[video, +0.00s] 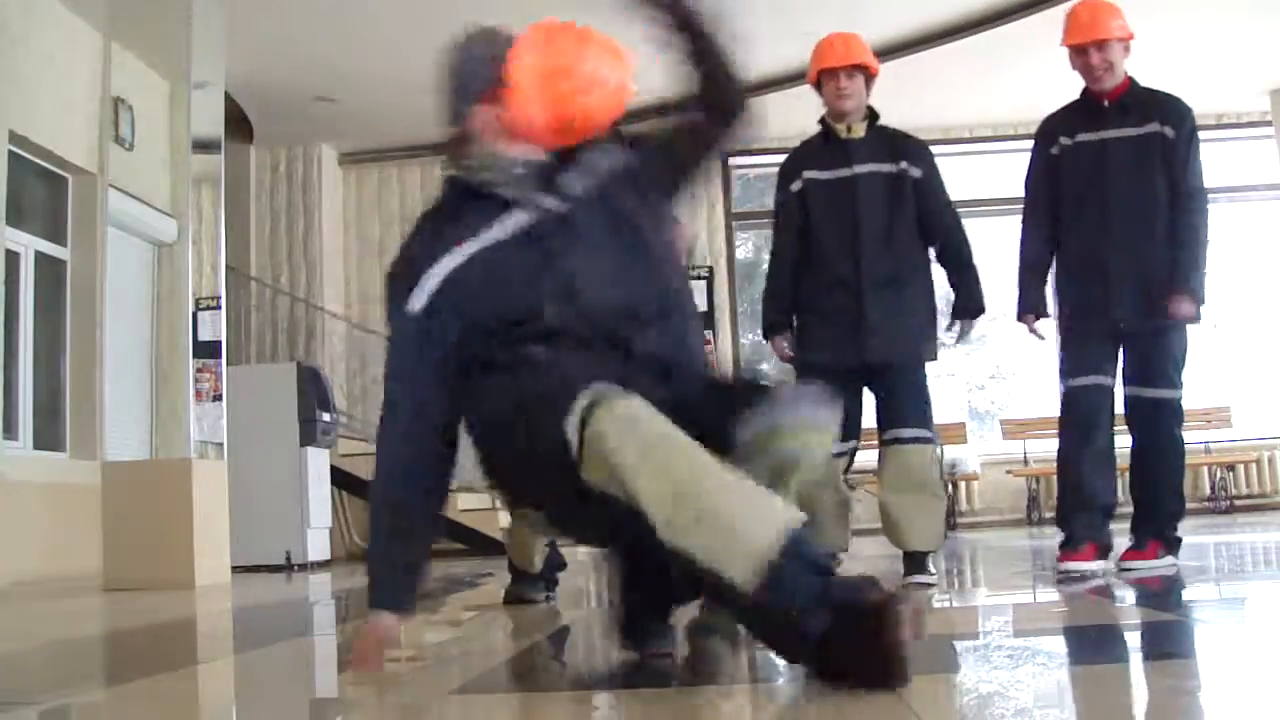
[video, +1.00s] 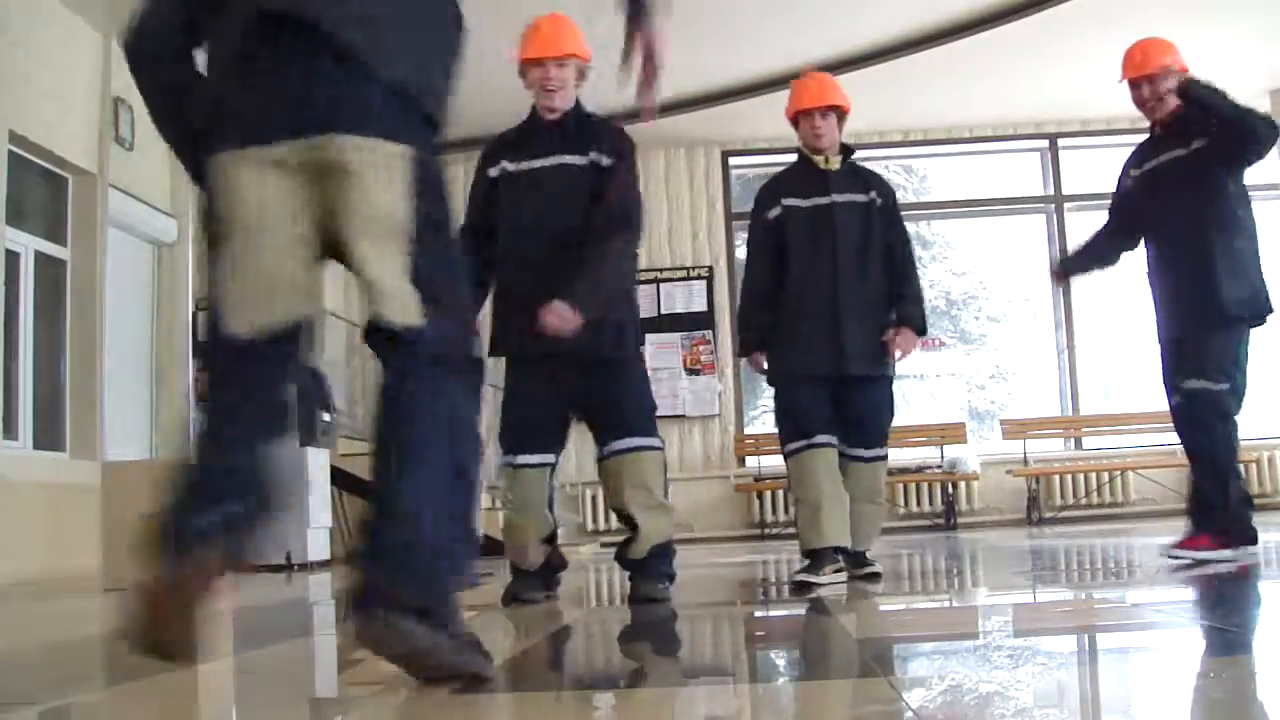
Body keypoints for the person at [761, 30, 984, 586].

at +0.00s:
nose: (843, 85)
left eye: (852, 74)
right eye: (831, 77)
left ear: (870, 80)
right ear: (817, 87)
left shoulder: (908, 152)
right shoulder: (799, 165)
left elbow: (945, 229)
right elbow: (785, 249)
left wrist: (968, 297)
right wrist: (775, 319)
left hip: (898, 329)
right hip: (824, 334)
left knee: (911, 446)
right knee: (822, 452)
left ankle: (919, 552)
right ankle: (819, 557)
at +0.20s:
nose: (816, 98)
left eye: (826, 88)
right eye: (805, 90)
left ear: (842, 93)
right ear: (792, 99)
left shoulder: (879, 160)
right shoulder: (775, 173)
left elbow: (912, 237)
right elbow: (764, 259)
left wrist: (931, 309)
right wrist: (766, 334)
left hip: (878, 329)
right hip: (801, 331)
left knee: (891, 448)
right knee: (808, 457)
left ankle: (919, 559)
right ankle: (825, 572)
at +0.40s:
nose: (798, 104)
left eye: (807, 94)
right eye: (787, 96)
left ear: (822, 98)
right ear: (773, 104)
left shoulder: (864, 161)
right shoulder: (757, 178)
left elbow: (892, 236)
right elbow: (744, 250)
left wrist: (891, 295)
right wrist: (744, 298)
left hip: (863, 327)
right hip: (793, 335)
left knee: (893, 450)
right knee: (805, 463)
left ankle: (920, 553)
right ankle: (816, 565)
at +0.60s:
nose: (792, 109)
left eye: (802, 99)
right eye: (781, 101)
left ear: (819, 103)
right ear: (769, 109)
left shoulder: (857, 163)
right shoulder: (757, 185)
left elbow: (884, 233)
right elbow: (740, 262)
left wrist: (868, 289)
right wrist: (724, 322)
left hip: (858, 329)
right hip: (792, 339)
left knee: (877, 437)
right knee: (805, 447)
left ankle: (879, 540)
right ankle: (819, 550)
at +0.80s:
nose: (799, 116)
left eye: (808, 105)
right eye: (789, 108)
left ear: (826, 109)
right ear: (777, 116)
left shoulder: (863, 172)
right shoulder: (763, 188)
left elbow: (890, 245)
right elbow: (752, 269)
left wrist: (887, 302)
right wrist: (743, 339)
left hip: (858, 333)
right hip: (791, 340)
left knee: (863, 447)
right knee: (805, 448)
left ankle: (860, 546)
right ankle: (822, 552)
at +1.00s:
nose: (817, 125)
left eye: (826, 115)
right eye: (806, 117)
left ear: (842, 120)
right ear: (794, 125)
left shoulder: (874, 188)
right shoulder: (774, 193)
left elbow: (901, 261)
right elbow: (759, 272)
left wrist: (909, 319)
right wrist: (753, 338)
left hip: (865, 344)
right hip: (798, 347)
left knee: (865, 451)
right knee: (811, 450)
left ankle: (861, 549)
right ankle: (824, 551)